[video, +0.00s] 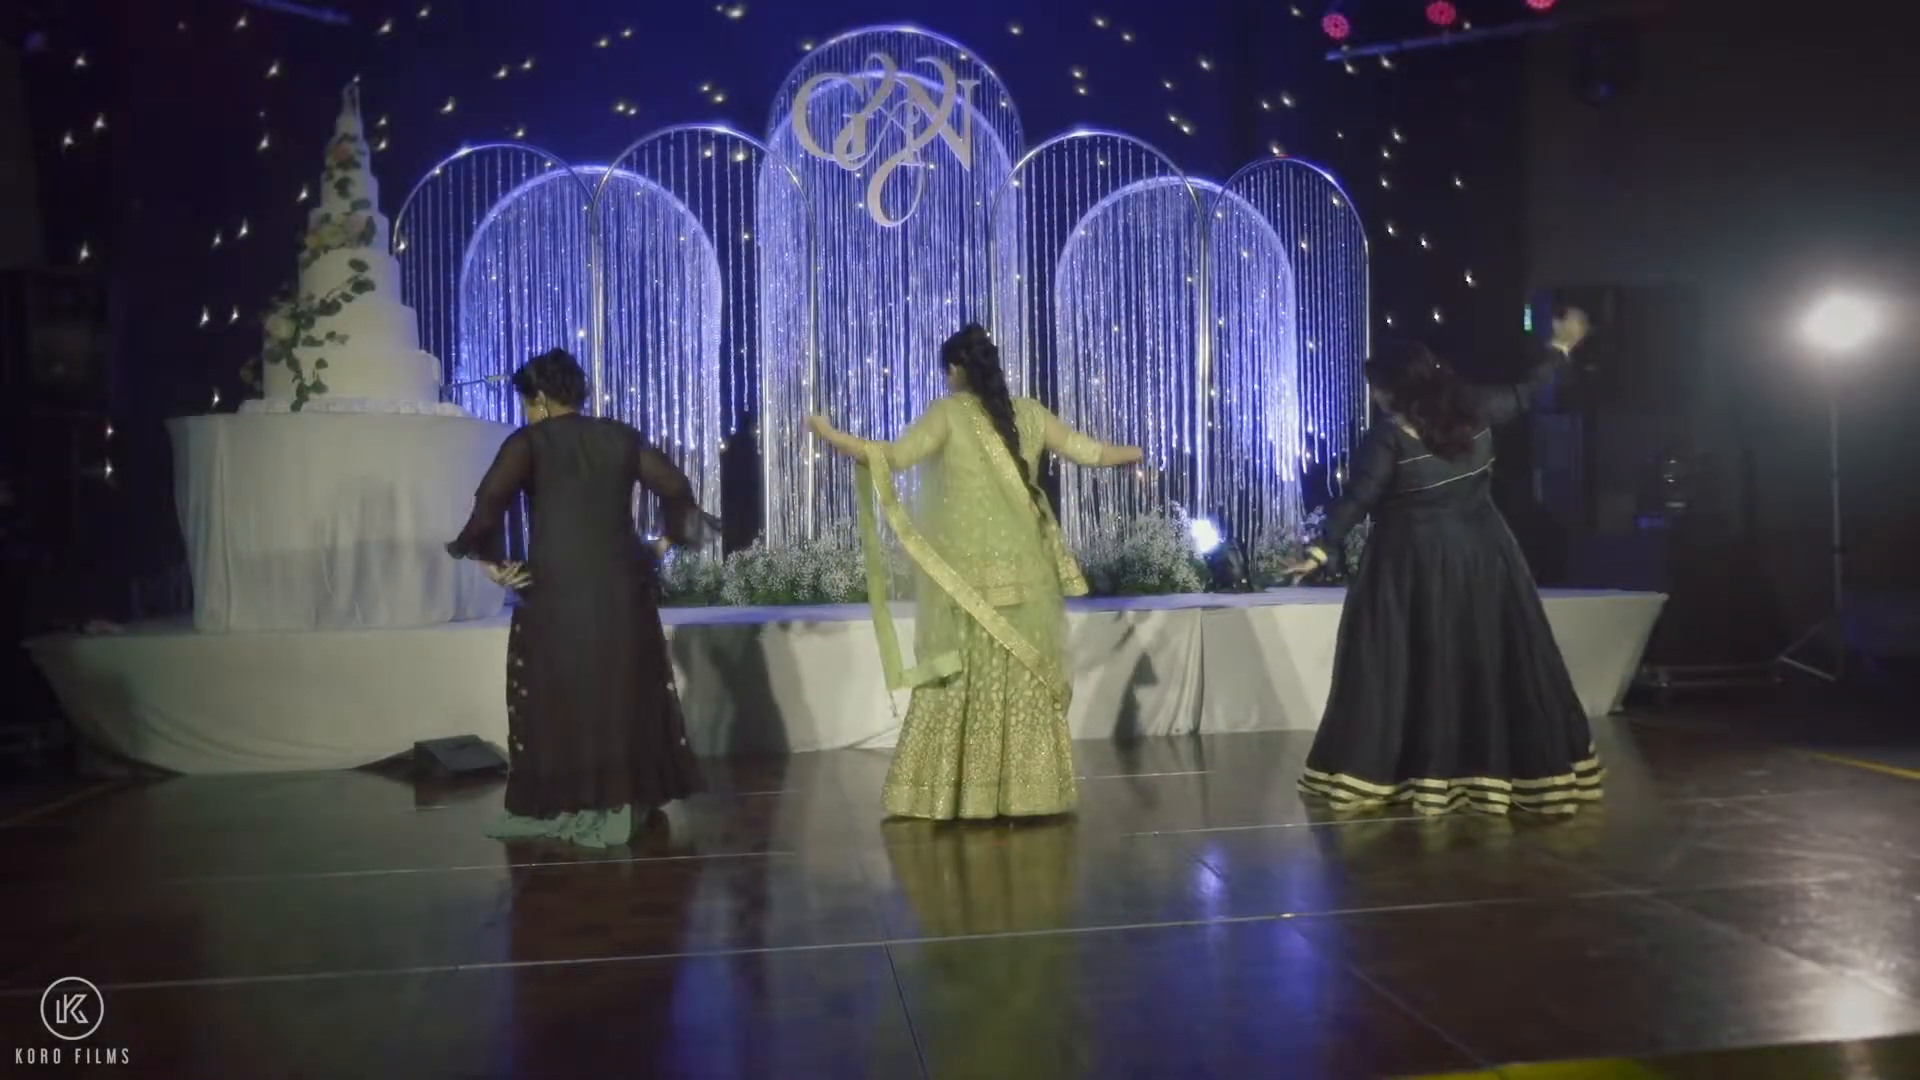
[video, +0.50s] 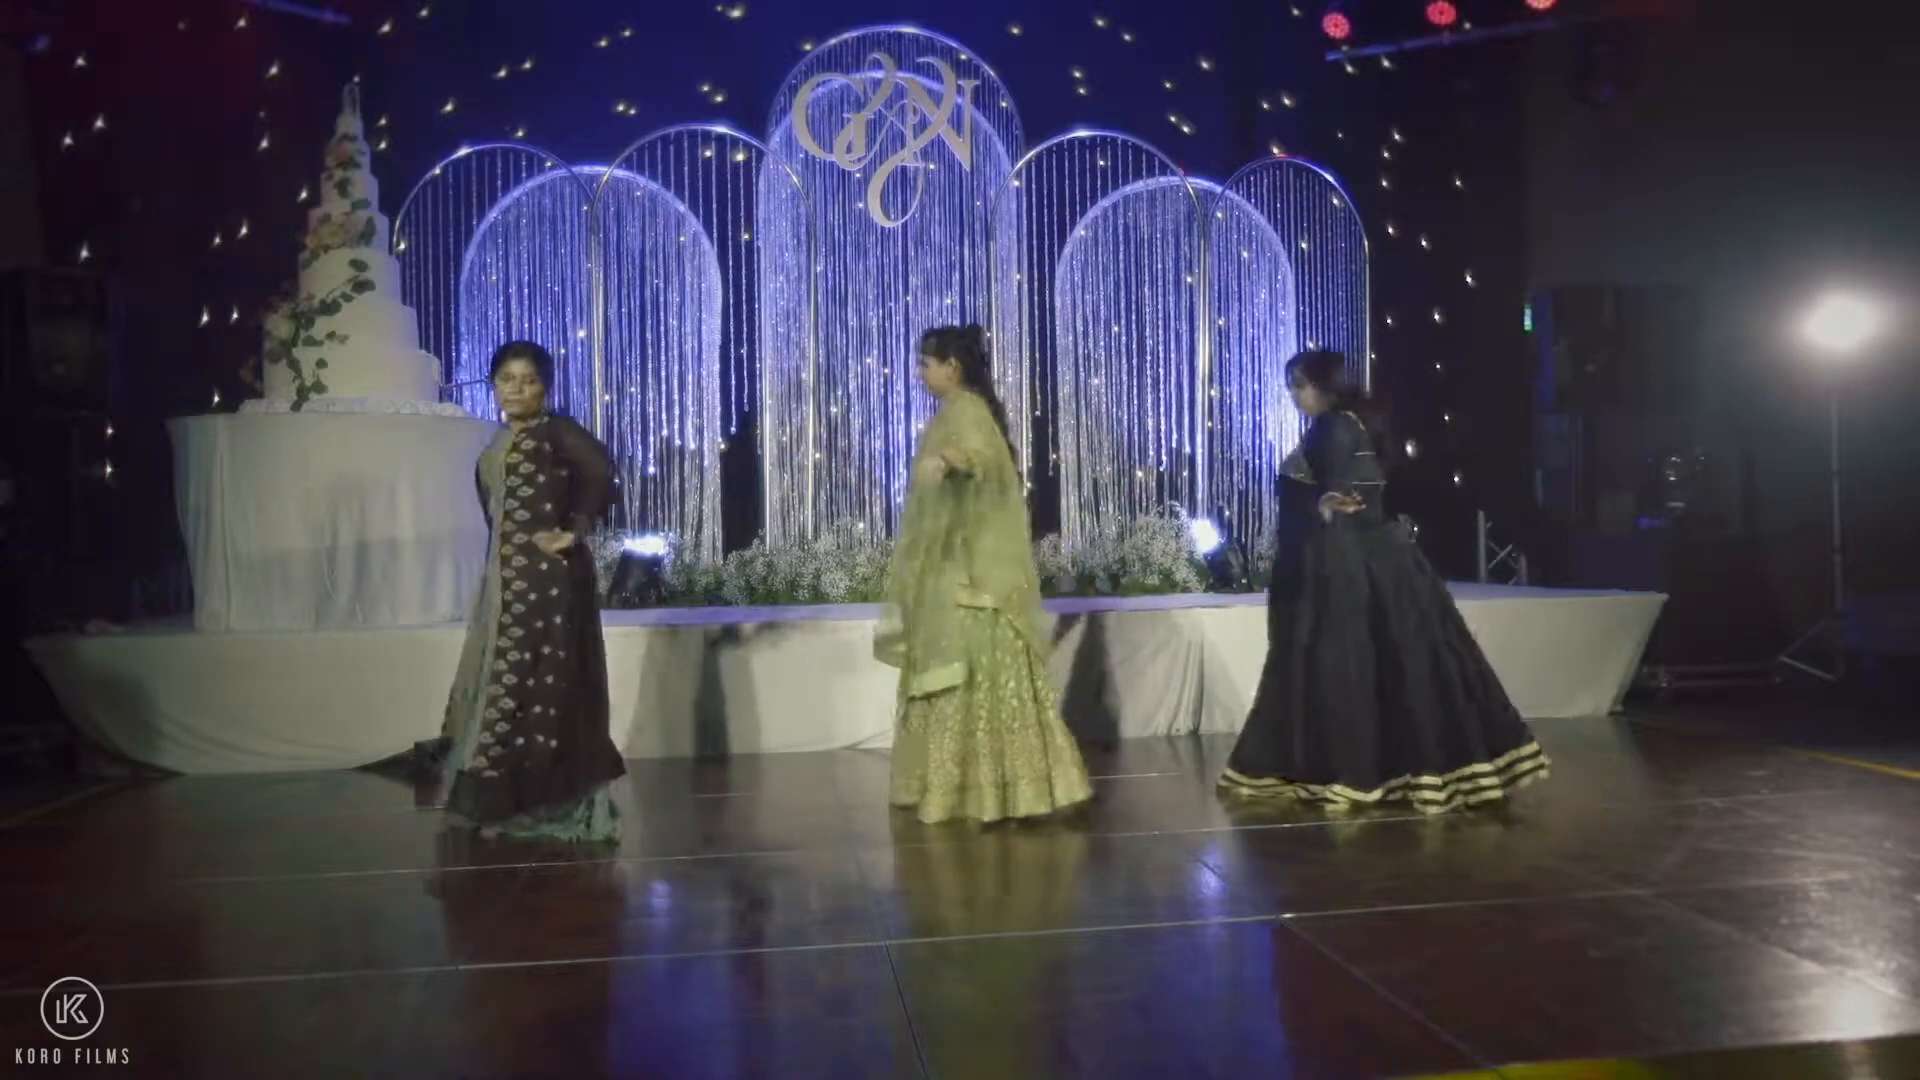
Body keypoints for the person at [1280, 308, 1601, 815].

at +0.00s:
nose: (1371, 396)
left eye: (1374, 388)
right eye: (1371, 387)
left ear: (1392, 388)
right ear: (1430, 377)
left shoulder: (1389, 436)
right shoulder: (1475, 410)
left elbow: (1360, 497)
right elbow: (1529, 391)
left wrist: (1321, 547)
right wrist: (1562, 346)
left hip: (1416, 556)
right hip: (1482, 551)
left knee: (1414, 662)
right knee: (1486, 660)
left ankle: (1419, 781)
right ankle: (1494, 778)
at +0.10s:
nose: (1365, 398)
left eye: (1366, 388)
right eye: (1364, 388)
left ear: (1382, 386)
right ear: (1420, 374)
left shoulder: (1383, 430)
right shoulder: (1463, 411)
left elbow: (1357, 491)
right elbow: (1517, 412)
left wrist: (1324, 545)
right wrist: (1578, 409)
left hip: (1407, 555)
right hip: (1470, 547)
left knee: (1409, 663)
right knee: (1477, 659)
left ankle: (1414, 778)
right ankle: (1485, 777)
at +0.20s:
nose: (1356, 396)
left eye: (1359, 387)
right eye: (1354, 387)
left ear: (1377, 385)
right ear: (1411, 376)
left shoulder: (1377, 426)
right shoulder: (1451, 416)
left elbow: (1354, 479)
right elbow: (1498, 425)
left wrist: (1321, 519)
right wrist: (1552, 420)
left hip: (1397, 555)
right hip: (1458, 550)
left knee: (1393, 662)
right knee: (1467, 659)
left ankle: (1388, 780)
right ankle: (1476, 779)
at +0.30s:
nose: (1336, 397)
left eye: (1339, 388)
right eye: (1335, 388)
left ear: (1362, 386)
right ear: (1386, 383)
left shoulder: (1369, 424)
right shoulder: (1424, 420)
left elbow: (1352, 468)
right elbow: (1458, 428)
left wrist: (1331, 497)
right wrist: (1496, 422)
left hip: (1386, 549)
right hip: (1438, 545)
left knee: (1379, 660)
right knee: (1445, 658)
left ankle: (1376, 774)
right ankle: (1453, 772)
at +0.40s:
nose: (1316, 400)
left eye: (1320, 390)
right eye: (1315, 390)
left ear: (1344, 388)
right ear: (1359, 385)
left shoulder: (1355, 425)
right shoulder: (1395, 423)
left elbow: (1340, 481)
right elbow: (1406, 450)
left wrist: (1324, 497)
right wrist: (1435, 434)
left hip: (1368, 550)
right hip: (1411, 546)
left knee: (1361, 660)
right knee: (1418, 657)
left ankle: (1364, 771)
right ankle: (1428, 769)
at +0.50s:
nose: (1294, 398)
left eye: (1298, 387)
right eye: (1292, 388)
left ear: (1319, 386)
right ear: (1331, 385)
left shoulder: (1332, 428)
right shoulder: (1353, 426)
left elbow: (1327, 487)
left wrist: (1317, 499)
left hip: (1340, 566)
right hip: (1366, 560)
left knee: (1335, 669)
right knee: (1364, 667)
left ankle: (1346, 772)